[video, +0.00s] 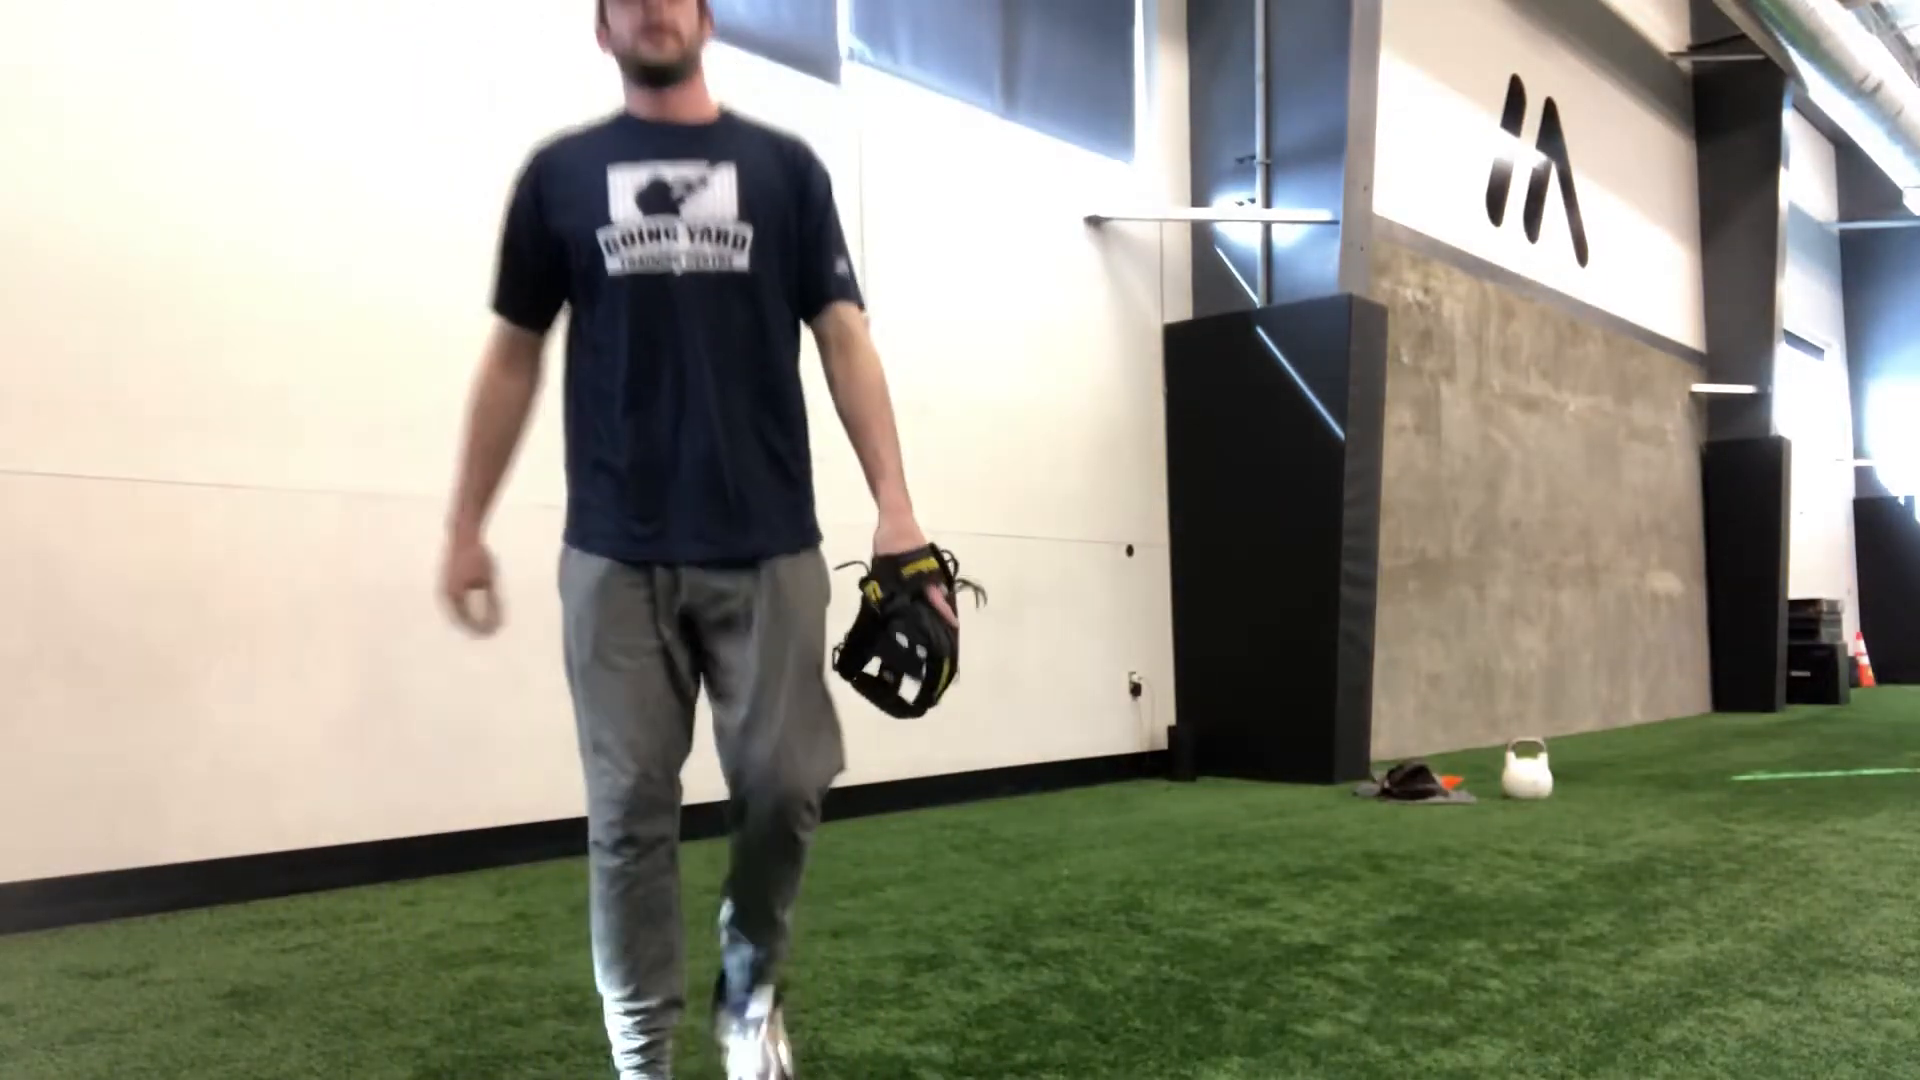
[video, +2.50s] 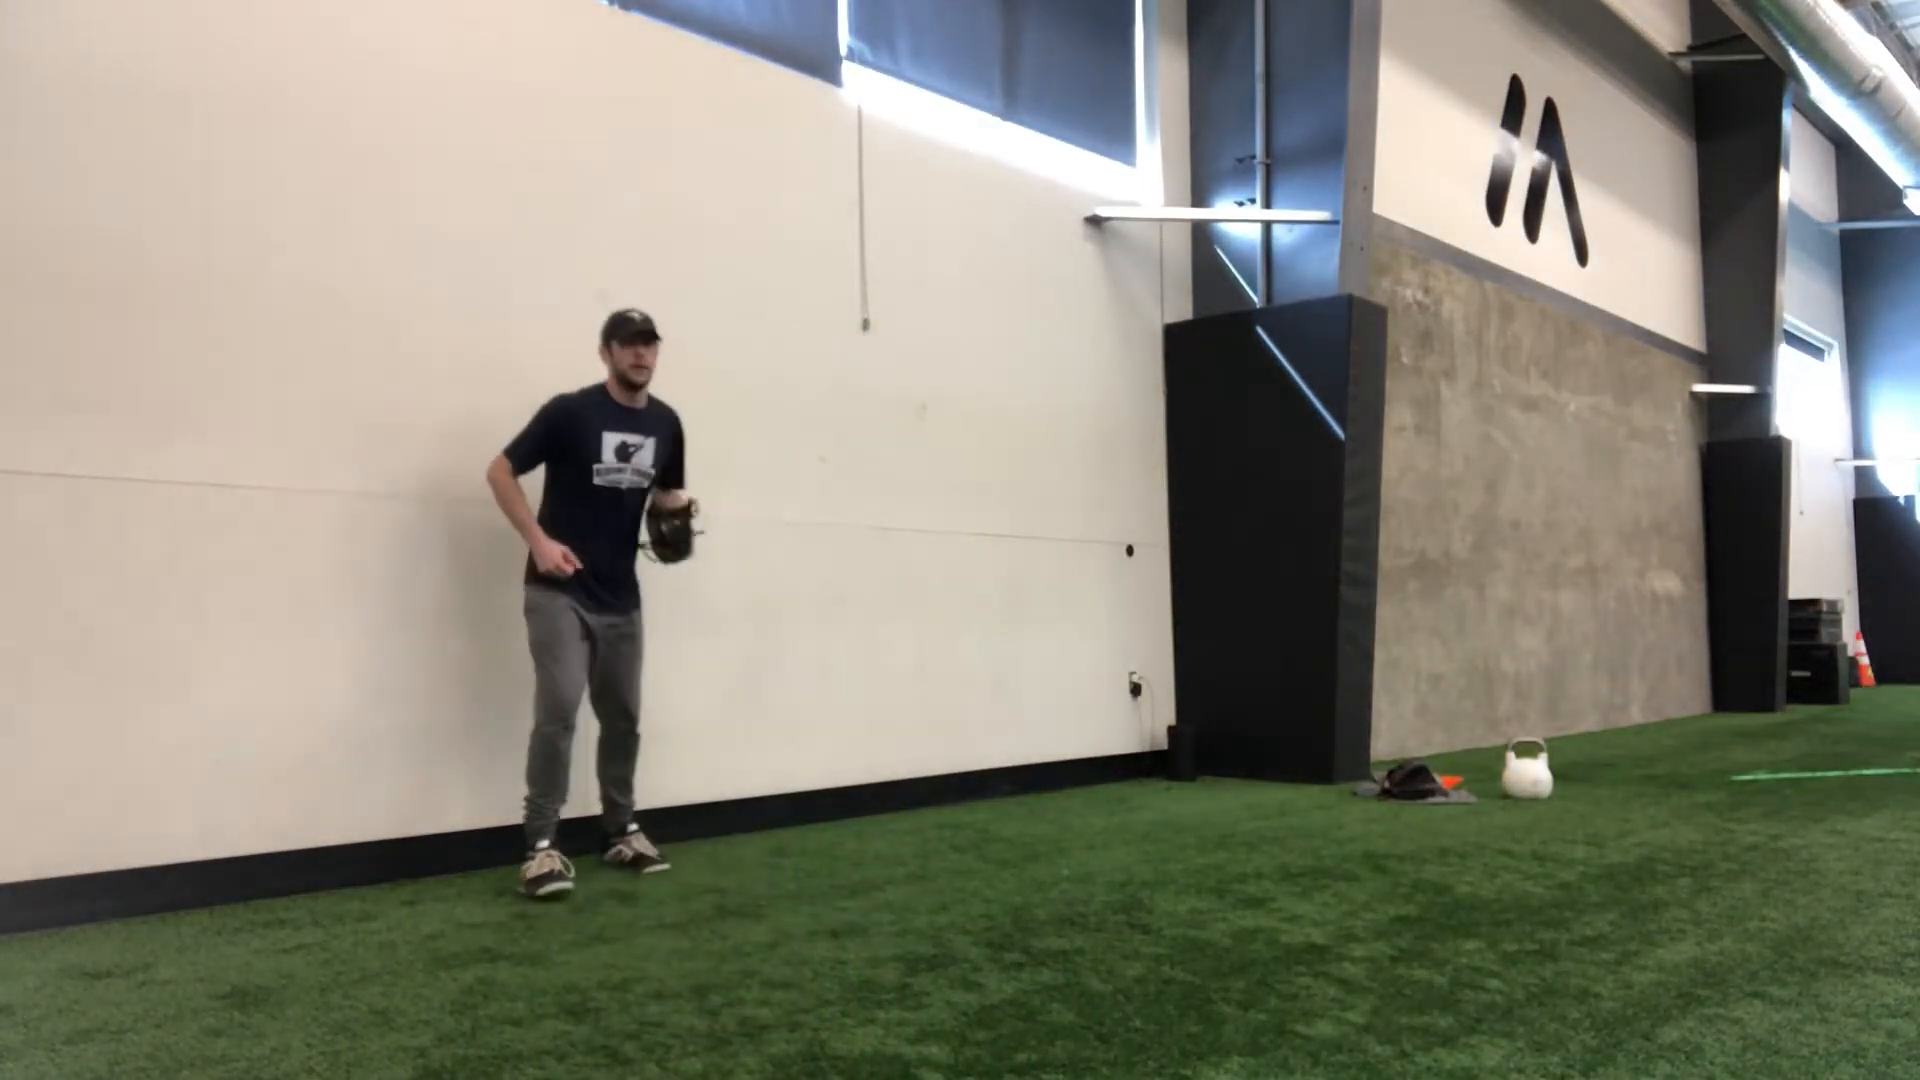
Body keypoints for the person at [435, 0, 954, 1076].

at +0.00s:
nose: (651, 9)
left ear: (706, 16)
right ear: (601, 25)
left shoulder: (783, 167)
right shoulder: (558, 174)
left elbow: (846, 339)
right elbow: (512, 356)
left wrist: (896, 512)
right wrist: (465, 526)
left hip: (766, 537)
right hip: (614, 542)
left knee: (788, 788)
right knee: (629, 811)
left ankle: (754, 993)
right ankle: (637, 1049)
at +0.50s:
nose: (700, 156)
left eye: (713, 141)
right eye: (683, 143)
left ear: (740, 158)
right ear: (660, 164)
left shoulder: (794, 279)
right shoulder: (624, 276)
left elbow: (838, 414)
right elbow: (581, 400)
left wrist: (870, 547)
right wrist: (549, 511)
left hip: (771, 559)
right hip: (655, 557)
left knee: (767, 767)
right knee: (628, 746)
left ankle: (768, 967)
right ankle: (670, 925)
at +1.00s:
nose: (669, 236)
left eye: (676, 222)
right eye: (652, 226)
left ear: (688, 234)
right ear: (619, 242)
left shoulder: (724, 331)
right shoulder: (588, 340)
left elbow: (752, 446)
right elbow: (543, 456)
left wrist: (789, 548)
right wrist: (497, 571)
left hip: (721, 571)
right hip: (628, 579)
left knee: (745, 719)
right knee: (646, 742)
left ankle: (724, 876)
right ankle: (656, 907)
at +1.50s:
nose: (708, 316)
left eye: (708, 305)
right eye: (702, 303)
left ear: (673, 299)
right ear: (666, 295)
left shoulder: (701, 385)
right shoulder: (602, 368)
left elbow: (748, 476)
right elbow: (595, 459)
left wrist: (809, 556)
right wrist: (614, 509)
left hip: (682, 582)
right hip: (616, 580)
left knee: (671, 723)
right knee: (630, 716)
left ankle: (666, 861)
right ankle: (633, 871)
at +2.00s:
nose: (664, 348)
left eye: (665, 338)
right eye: (662, 336)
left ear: (633, 329)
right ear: (637, 329)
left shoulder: (633, 401)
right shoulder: (563, 392)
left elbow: (619, 508)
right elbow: (509, 480)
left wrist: (642, 585)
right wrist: (566, 534)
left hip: (625, 592)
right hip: (562, 594)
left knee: (639, 716)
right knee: (548, 722)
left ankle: (661, 853)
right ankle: (540, 856)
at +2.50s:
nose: (642, 355)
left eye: (649, 345)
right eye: (630, 345)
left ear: (658, 352)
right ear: (607, 353)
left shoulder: (666, 425)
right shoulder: (569, 413)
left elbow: (665, 497)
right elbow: (501, 472)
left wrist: (676, 508)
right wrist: (537, 540)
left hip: (618, 594)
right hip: (559, 588)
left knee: (622, 715)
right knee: (561, 707)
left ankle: (622, 832)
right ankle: (541, 847)